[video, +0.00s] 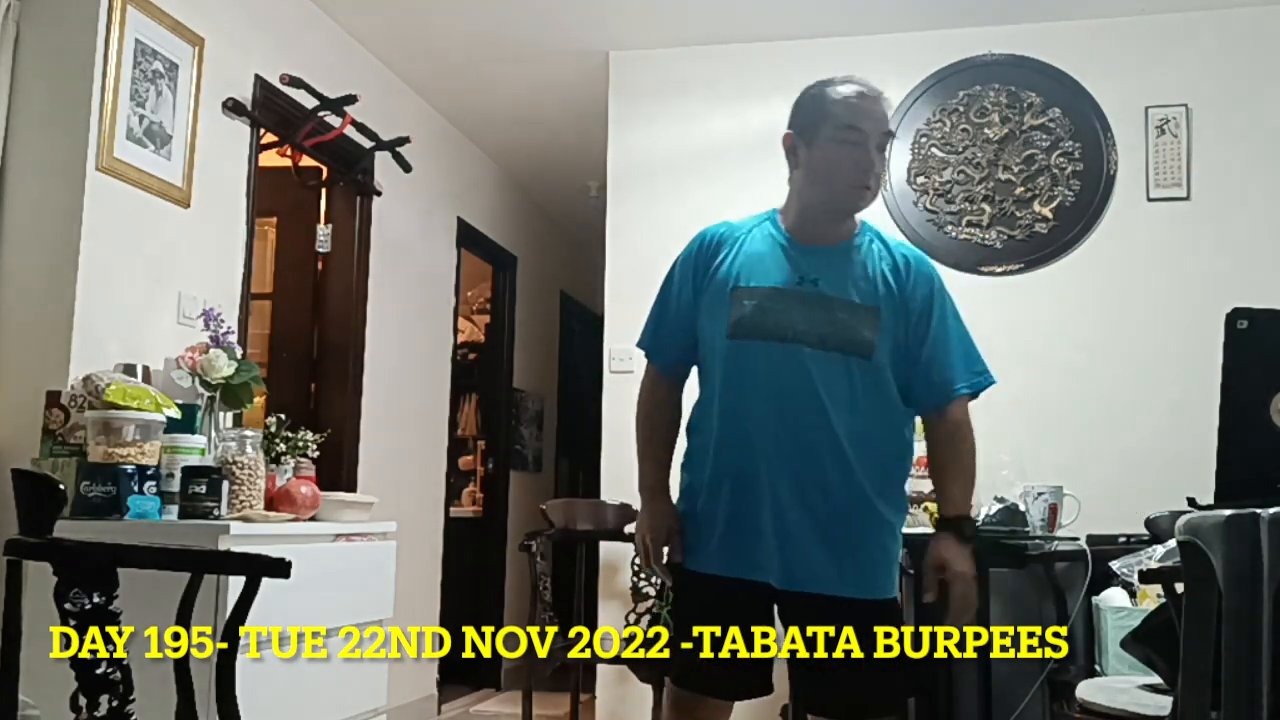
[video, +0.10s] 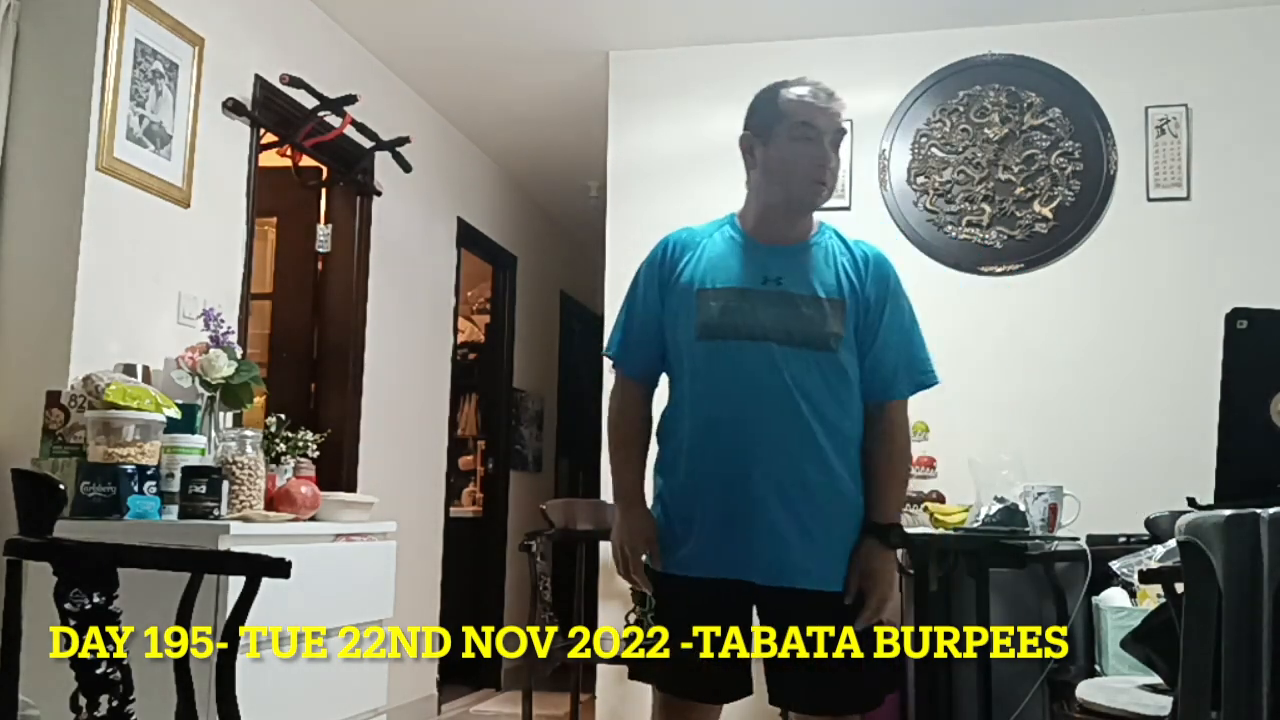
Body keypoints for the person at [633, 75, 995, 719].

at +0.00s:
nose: (875, 159)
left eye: (884, 144)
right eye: (853, 138)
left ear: (891, 158)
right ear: (794, 148)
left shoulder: (910, 278)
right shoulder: (714, 254)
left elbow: (948, 411)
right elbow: (662, 380)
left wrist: (955, 529)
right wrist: (654, 501)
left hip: (851, 559)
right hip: (724, 544)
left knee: (855, 713)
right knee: (693, 706)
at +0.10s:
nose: (830, 156)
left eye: (838, 141)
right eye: (808, 135)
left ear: (844, 156)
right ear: (753, 146)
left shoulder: (868, 272)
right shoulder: (676, 258)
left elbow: (889, 414)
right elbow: (631, 390)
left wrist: (884, 538)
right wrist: (630, 507)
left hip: (825, 560)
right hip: (698, 549)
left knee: (829, 716)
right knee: (683, 708)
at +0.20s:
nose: (789, 152)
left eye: (799, 140)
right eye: (767, 134)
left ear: (804, 157)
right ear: (713, 148)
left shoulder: (832, 268)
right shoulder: (642, 259)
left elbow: (851, 406)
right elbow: (599, 388)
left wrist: (844, 522)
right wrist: (603, 503)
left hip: (796, 552)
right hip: (672, 548)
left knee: (816, 711)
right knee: (670, 708)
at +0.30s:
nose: (760, 151)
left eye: (767, 139)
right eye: (737, 135)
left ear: (773, 156)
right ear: (685, 149)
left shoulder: (805, 265)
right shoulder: (617, 259)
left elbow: (844, 390)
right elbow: (570, 379)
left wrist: (836, 504)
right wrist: (587, 490)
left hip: (778, 548)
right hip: (656, 547)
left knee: (801, 709)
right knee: (662, 707)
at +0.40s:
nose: (742, 153)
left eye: (749, 141)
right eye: (719, 137)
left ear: (756, 158)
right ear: (669, 153)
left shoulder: (787, 264)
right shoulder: (604, 260)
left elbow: (846, 374)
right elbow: (542, 369)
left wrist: (815, 465)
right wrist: (607, 458)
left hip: (766, 548)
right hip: (646, 551)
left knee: (786, 710)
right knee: (658, 708)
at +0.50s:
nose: (731, 156)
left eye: (740, 146)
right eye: (710, 140)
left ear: (748, 163)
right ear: (660, 157)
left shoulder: (781, 266)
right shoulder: (600, 262)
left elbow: (848, 361)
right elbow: (544, 365)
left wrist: (784, 410)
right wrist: (646, 395)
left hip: (758, 550)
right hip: (638, 546)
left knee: (769, 711)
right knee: (653, 707)